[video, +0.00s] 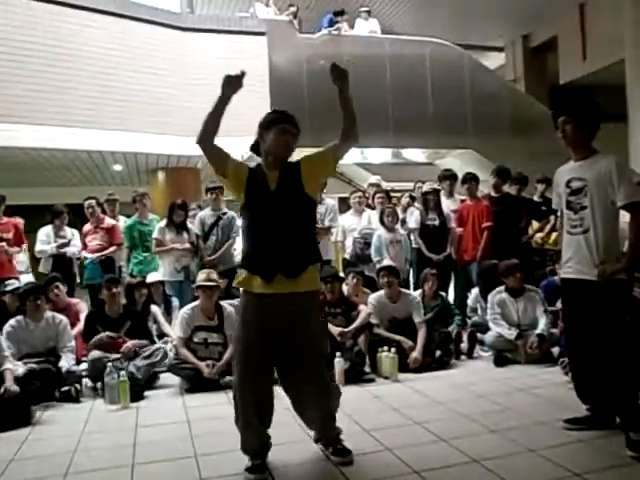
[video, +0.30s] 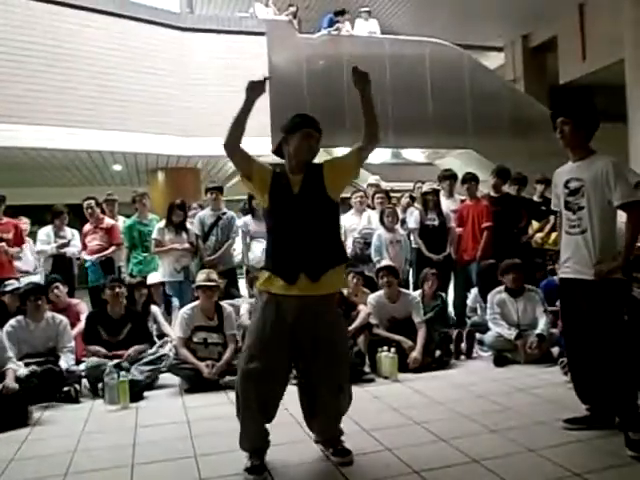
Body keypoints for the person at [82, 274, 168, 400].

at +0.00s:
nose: (114, 292)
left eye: (117, 287)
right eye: (109, 289)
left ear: (122, 290)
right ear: (101, 295)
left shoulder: (134, 314)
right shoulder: (94, 316)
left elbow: (150, 342)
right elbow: (88, 347)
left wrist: (135, 344)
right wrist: (101, 338)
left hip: (136, 357)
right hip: (106, 359)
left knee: (161, 351)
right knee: (95, 357)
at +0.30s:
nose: (117, 291)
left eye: (120, 287)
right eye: (112, 288)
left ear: (126, 292)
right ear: (104, 295)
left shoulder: (136, 315)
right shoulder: (94, 317)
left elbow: (147, 343)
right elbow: (89, 346)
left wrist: (134, 351)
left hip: (133, 360)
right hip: (105, 361)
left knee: (164, 354)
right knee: (91, 365)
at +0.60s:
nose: (121, 294)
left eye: (125, 290)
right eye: (117, 291)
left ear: (130, 293)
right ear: (108, 295)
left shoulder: (139, 316)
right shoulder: (97, 316)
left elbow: (151, 345)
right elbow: (90, 346)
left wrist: (137, 349)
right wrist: (99, 348)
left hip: (134, 361)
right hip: (107, 360)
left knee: (164, 356)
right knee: (92, 363)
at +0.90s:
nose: (122, 295)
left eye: (125, 291)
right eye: (117, 291)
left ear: (130, 293)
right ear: (109, 295)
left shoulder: (139, 317)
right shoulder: (97, 316)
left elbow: (151, 347)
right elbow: (90, 345)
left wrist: (137, 345)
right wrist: (100, 346)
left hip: (134, 359)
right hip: (107, 358)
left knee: (166, 352)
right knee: (94, 359)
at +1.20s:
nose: (121, 293)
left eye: (124, 289)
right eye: (116, 289)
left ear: (129, 292)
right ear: (107, 293)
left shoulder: (138, 316)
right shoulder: (97, 315)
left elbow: (151, 347)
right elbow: (90, 346)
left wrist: (138, 344)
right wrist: (101, 349)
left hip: (134, 359)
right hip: (107, 360)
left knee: (165, 355)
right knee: (91, 362)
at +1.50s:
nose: (118, 292)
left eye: (122, 288)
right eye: (113, 289)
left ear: (127, 292)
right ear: (105, 295)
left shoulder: (137, 316)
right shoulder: (95, 316)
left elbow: (150, 345)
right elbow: (90, 348)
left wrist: (137, 346)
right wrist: (112, 355)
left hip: (134, 360)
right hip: (106, 361)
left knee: (165, 354)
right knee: (90, 364)